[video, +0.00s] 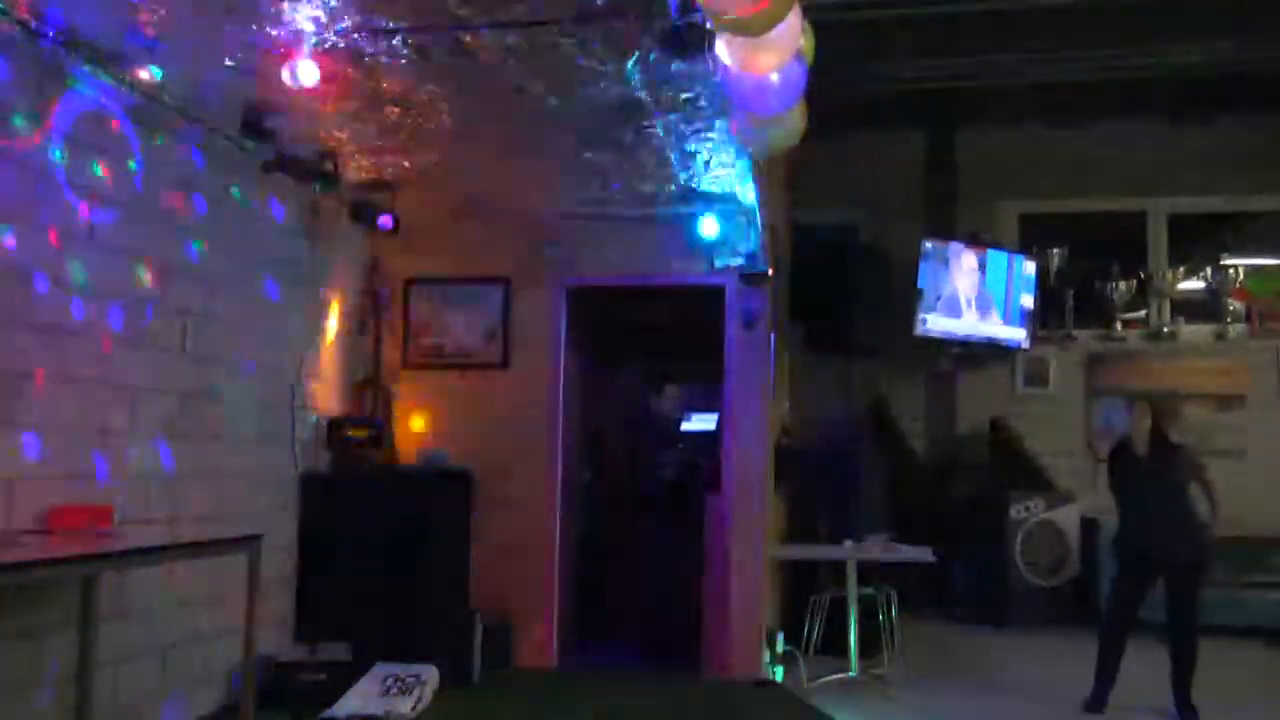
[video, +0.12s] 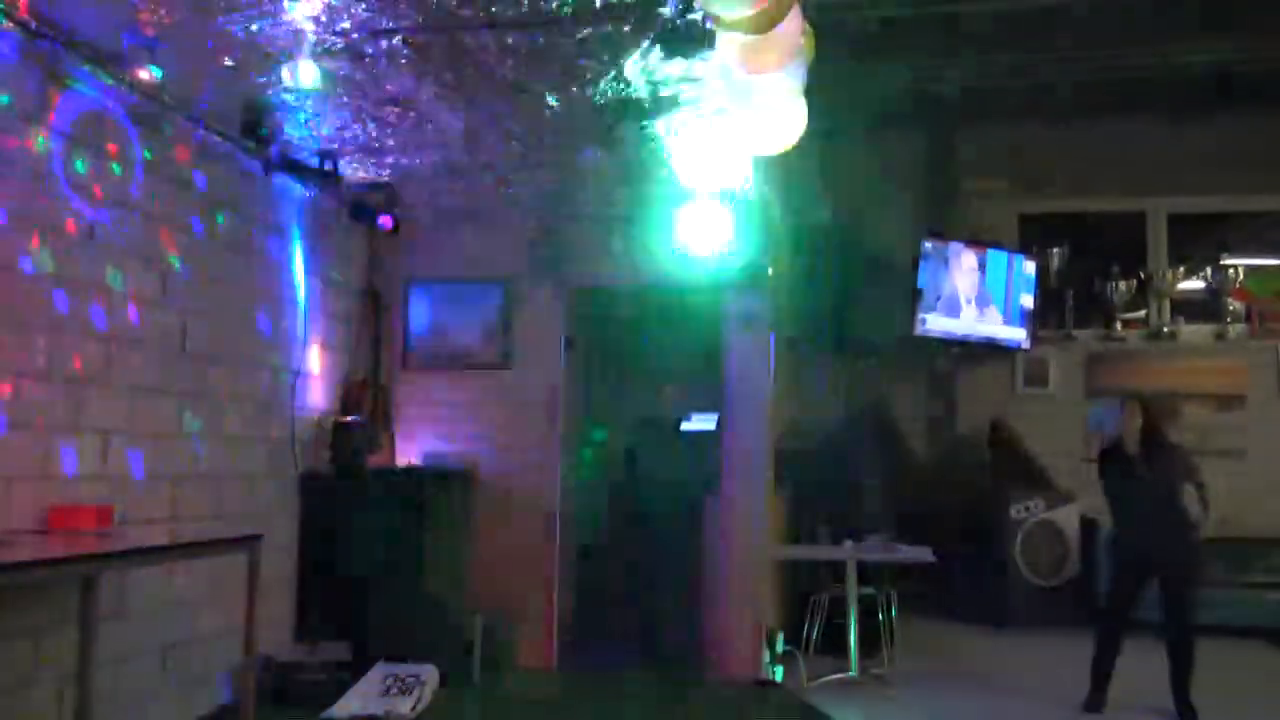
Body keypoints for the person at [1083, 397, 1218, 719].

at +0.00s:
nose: (1138, 423)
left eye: (1144, 417)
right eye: (1134, 417)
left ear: (1156, 422)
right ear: (1126, 421)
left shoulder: (1177, 455)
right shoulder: (1120, 456)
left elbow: (1205, 486)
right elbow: (1121, 499)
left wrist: (1215, 519)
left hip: (1182, 549)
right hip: (1138, 551)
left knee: (1182, 628)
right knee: (1116, 622)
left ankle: (1183, 701)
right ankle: (1099, 695)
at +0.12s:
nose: (1128, 423)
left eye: (1134, 416)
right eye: (1124, 416)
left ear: (1147, 420)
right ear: (1116, 422)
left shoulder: (1169, 454)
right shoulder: (1110, 457)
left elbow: (1197, 494)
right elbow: (1113, 500)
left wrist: (1197, 526)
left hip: (1173, 549)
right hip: (1131, 550)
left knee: (1179, 626)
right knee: (1112, 619)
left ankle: (1183, 700)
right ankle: (1097, 694)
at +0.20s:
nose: (1118, 422)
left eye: (1125, 414)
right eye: (1114, 415)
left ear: (1139, 419)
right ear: (1108, 422)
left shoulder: (1160, 450)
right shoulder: (1102, 455)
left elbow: (1189, 485)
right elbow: (1109, 497)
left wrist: (1195, 523)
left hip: (1165, 548)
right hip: (1124, 550)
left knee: (1174, 626)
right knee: (1107, 622)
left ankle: (1181, 698)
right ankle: (1096, 695)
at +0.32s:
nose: (1109, 418)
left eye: (1115, 411)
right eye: (1104, 411)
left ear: (1129, 415)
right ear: (1096, 417)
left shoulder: (1149, 449)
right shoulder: (1089, 454)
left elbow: (1179, 483)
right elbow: (1090, 496)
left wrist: (1179, 520)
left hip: (1155, 544)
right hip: (1107, 546)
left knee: (1168, 623)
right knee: (1100, 623)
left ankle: (1178, 695)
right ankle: (1095, 695)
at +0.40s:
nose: (1105, 417)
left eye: (1111, 410)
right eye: (1099, 411)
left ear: (1123, 414)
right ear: (1091, 416)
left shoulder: (1142, 448)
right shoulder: (1084, 452)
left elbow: (1168, 477)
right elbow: (1093, 493)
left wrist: (1174, 493)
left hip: (1146, 545)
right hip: (1102, 546)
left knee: (1163, 624)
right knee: (1097, 623)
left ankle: (1177, 696)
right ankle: (1095, 695)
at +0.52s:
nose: (1103, 420)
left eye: (1109, 413)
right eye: (1098, 412)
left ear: (1121, 417)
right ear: (1090, 416)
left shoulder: (1140, 450)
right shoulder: (1077, 450)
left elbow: (1165, 486)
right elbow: (1073, 492)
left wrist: (1162, 525)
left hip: (1137, 543)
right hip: (1093, 545)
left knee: (1155, 621)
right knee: (1093, 622)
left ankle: (1178, 698)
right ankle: (1094, 695)